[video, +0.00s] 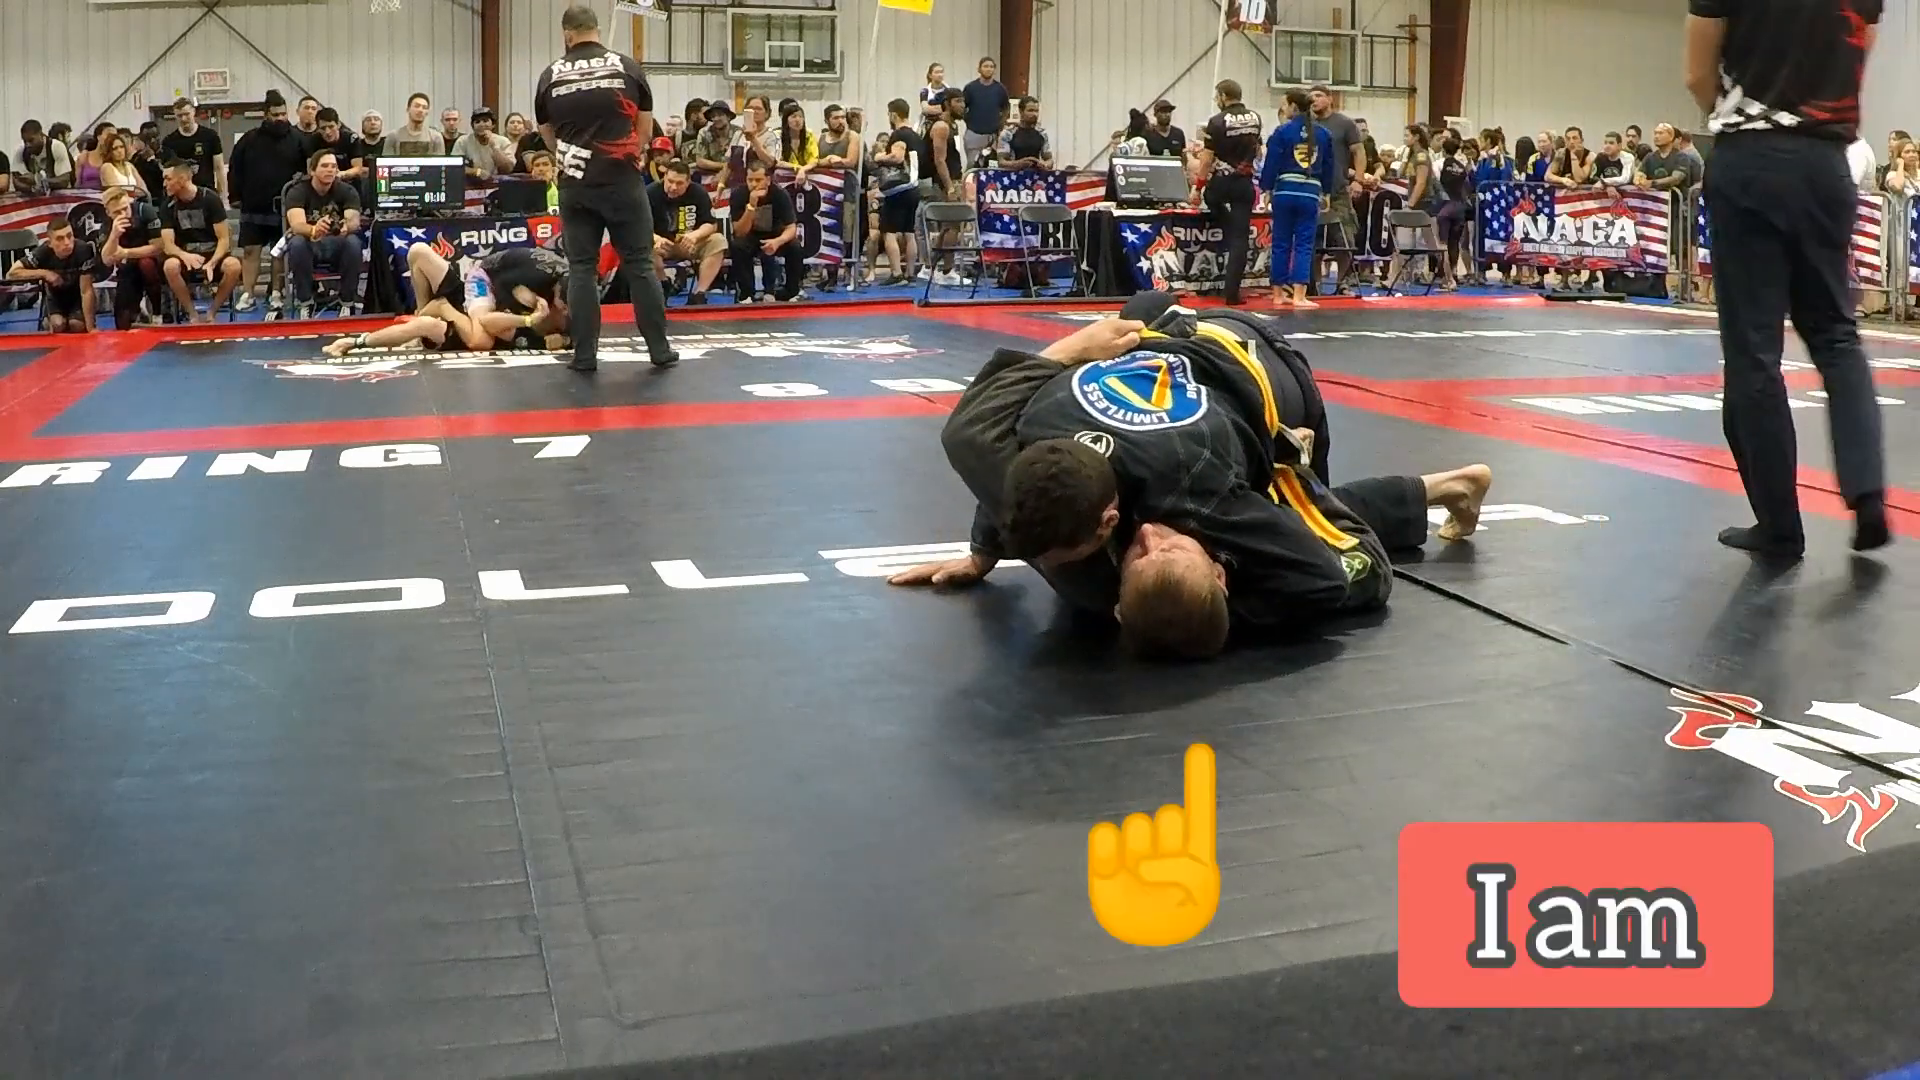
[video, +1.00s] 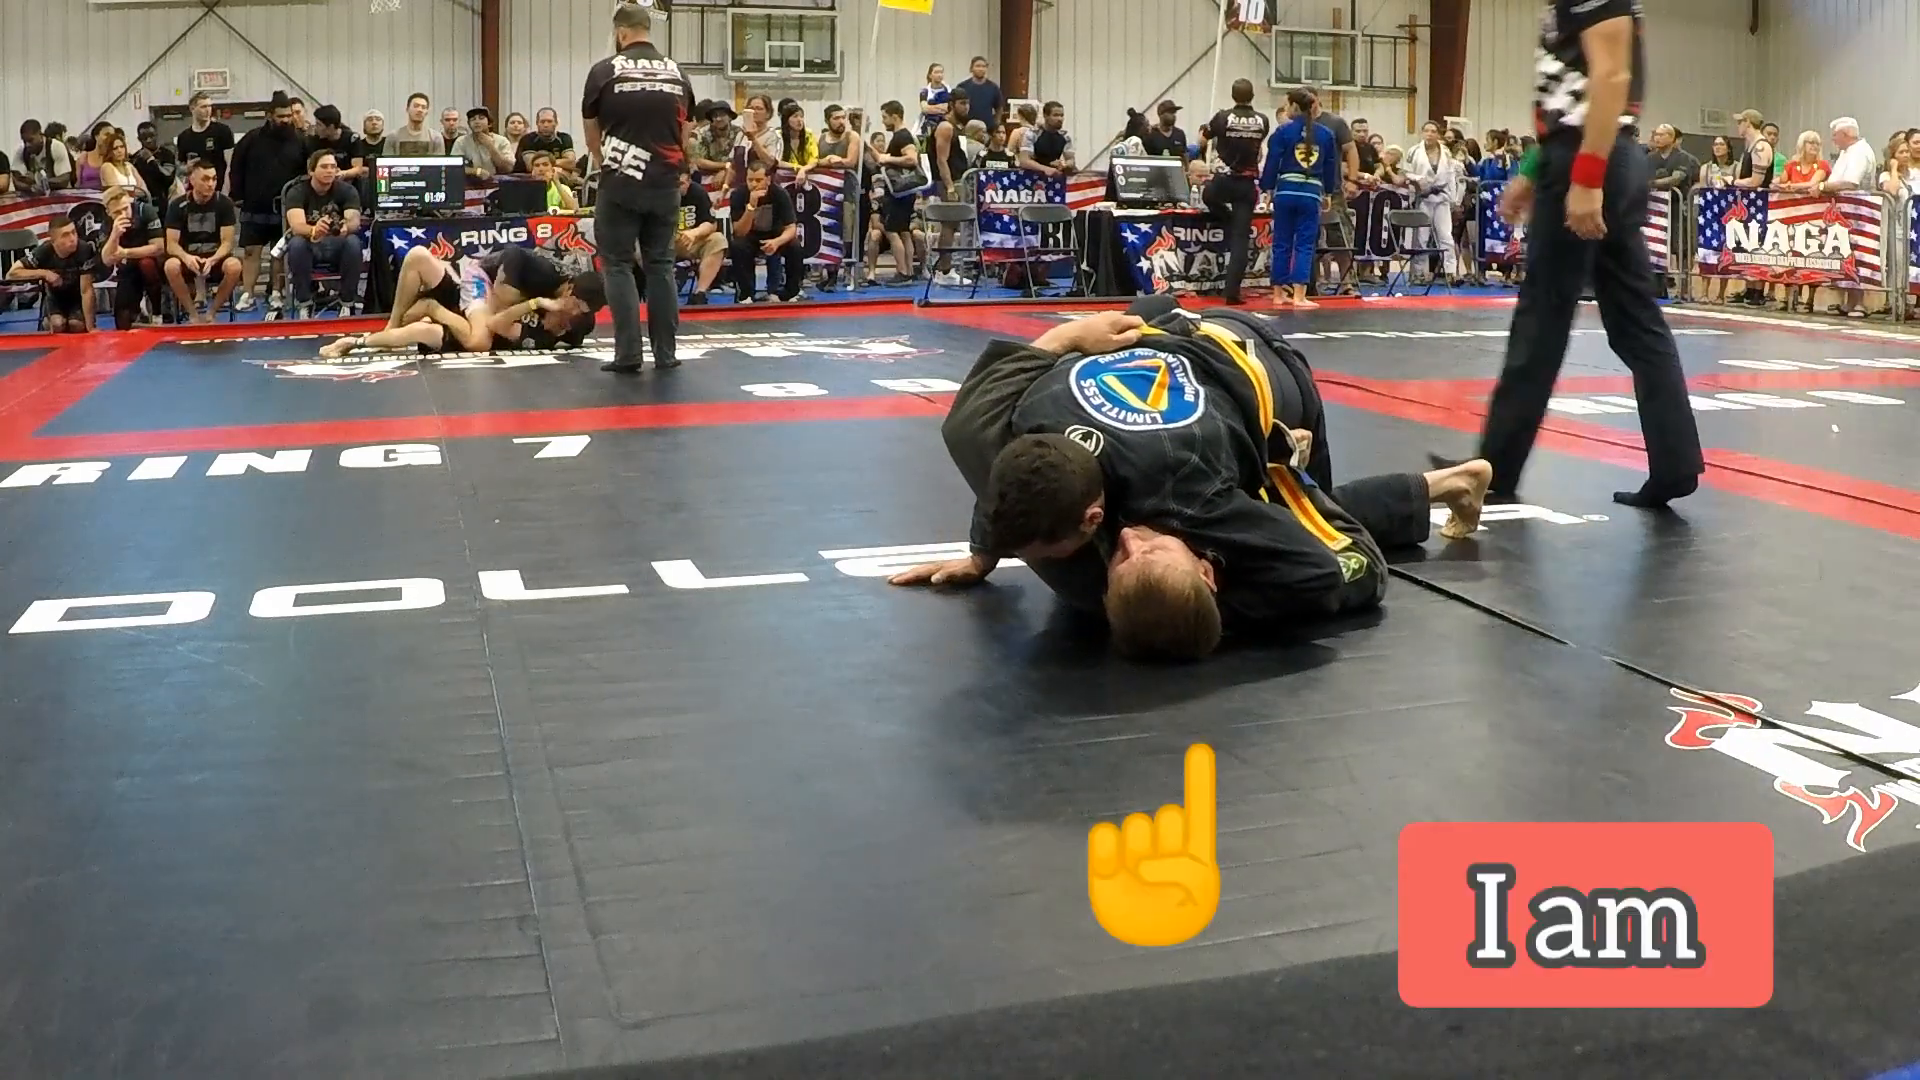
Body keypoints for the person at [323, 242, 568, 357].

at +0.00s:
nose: (554, 304)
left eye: (561, 304)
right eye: (557, 300)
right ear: (553, 298)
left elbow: (481, 330)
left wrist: (448, 311)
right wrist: (532, 305)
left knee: (423, 324)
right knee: (418, 252)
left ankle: (353, 343)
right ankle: (422, 317)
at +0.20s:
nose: (557, 296)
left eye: (563, 299)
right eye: (561, 294)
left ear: (563, 317)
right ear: (556, 295)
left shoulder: (537, 335)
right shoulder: (538, 296)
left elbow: (487, 322)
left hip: (471, 337)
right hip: (468, 306)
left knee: (419, 320)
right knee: (420, 253)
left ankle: (351, 343)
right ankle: (422, 316)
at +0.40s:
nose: (571, 317)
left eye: (574, 315)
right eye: (570, 311)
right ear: (558, 299)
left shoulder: (542, 324)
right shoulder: (535, 295)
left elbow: (495, 328)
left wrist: (538, 311)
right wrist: (493, 283)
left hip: (468, 332)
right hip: (467, 294)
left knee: (409, 305)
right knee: (418, 247)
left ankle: (347, 341)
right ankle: (421, 329)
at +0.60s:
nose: (566, 317)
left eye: (570, 321)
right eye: (572, 315)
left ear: (565, 328)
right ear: (566, 303)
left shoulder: (542, 331)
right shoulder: (535, 290)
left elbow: (495, 329)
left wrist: (537, 308)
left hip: (473, 328)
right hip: (471, 283)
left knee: (413, 309)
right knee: (424, 249)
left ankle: (348, 341)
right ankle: (409, 321)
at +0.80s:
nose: (565, 310)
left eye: (571, 312)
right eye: (570, 306)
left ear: (571, 324)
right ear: (566, 299)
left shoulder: (545, 336)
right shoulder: (545, 306)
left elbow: (496, 322)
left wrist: (528, 308)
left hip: (473, 332)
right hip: (470, 307)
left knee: (414, 315)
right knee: (426, 253)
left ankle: (349, 342)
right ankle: (399, 323)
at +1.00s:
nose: (575, 314)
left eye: (583, 313)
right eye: (579, 307)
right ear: (569, 289)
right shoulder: (546, 273)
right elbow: (514, 252)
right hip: (480, 273)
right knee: (480, 341)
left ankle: (432, 308)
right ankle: (433, 309)